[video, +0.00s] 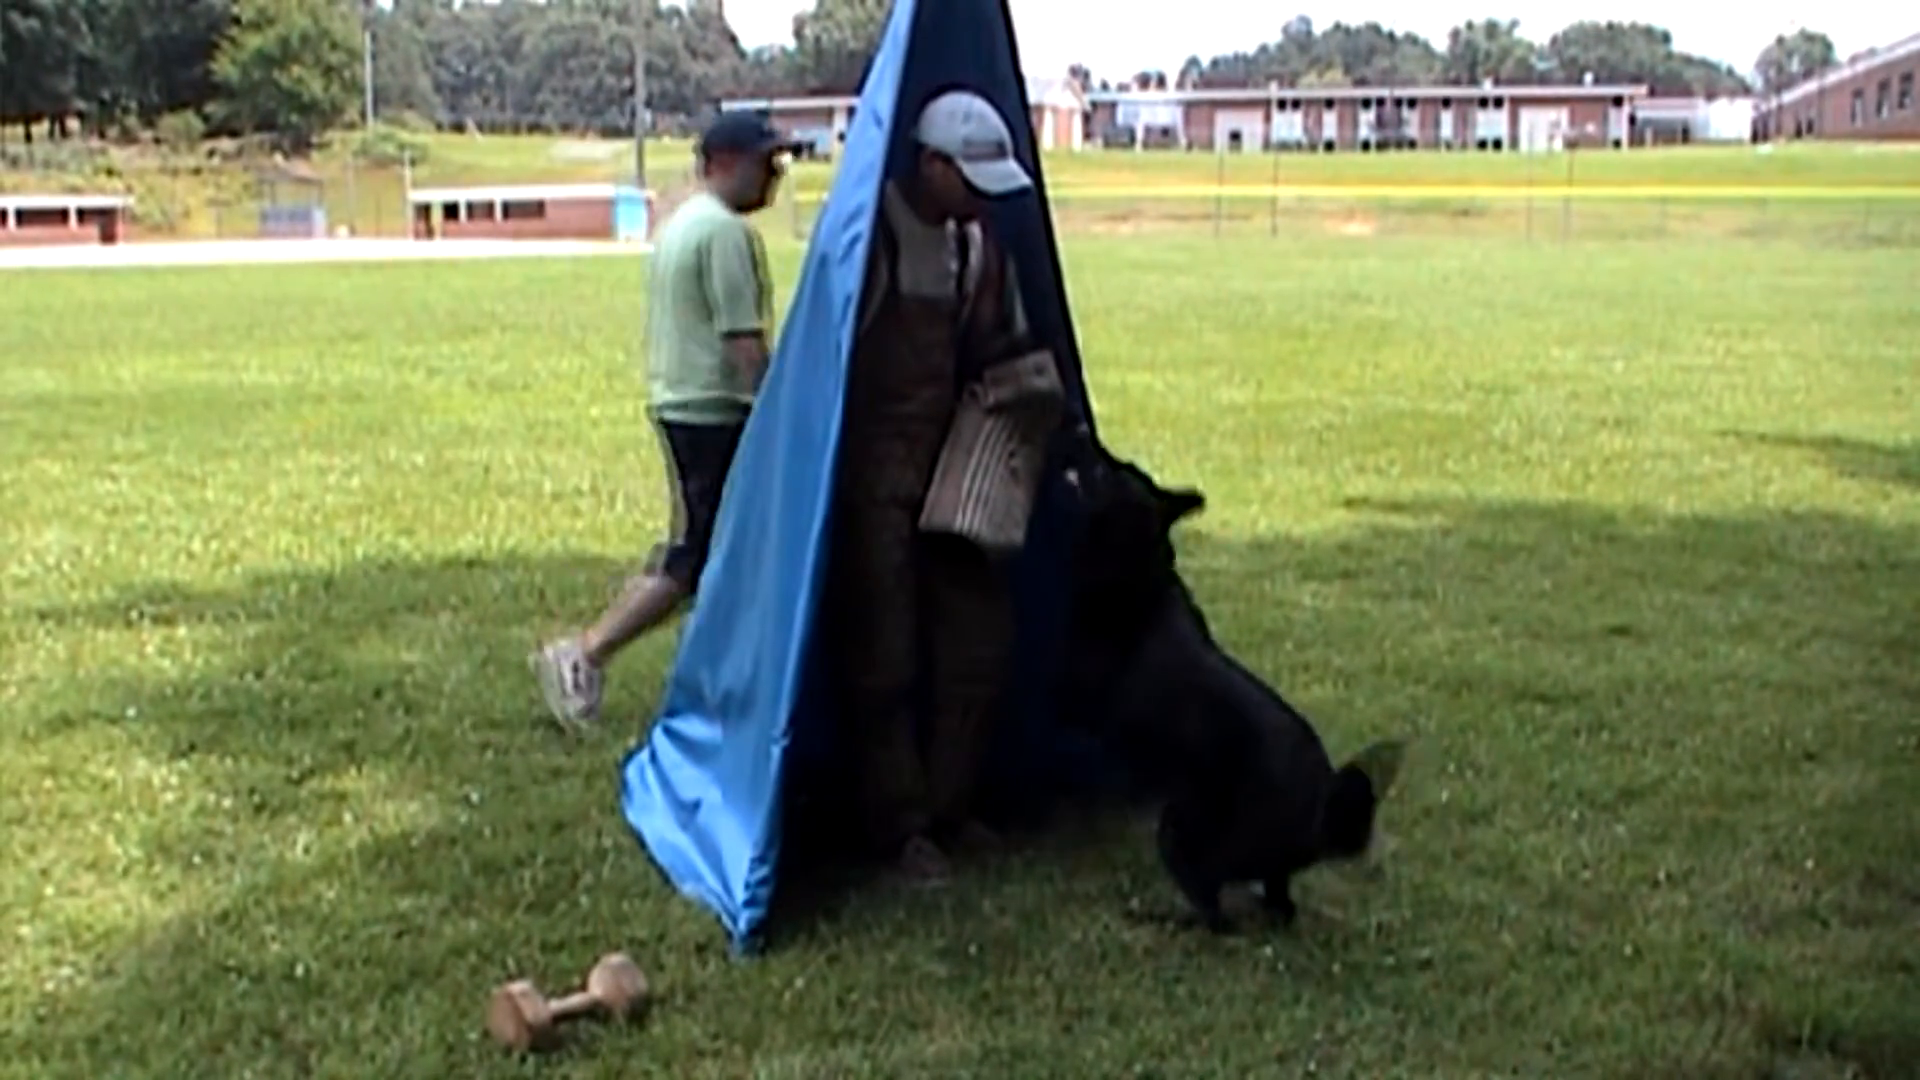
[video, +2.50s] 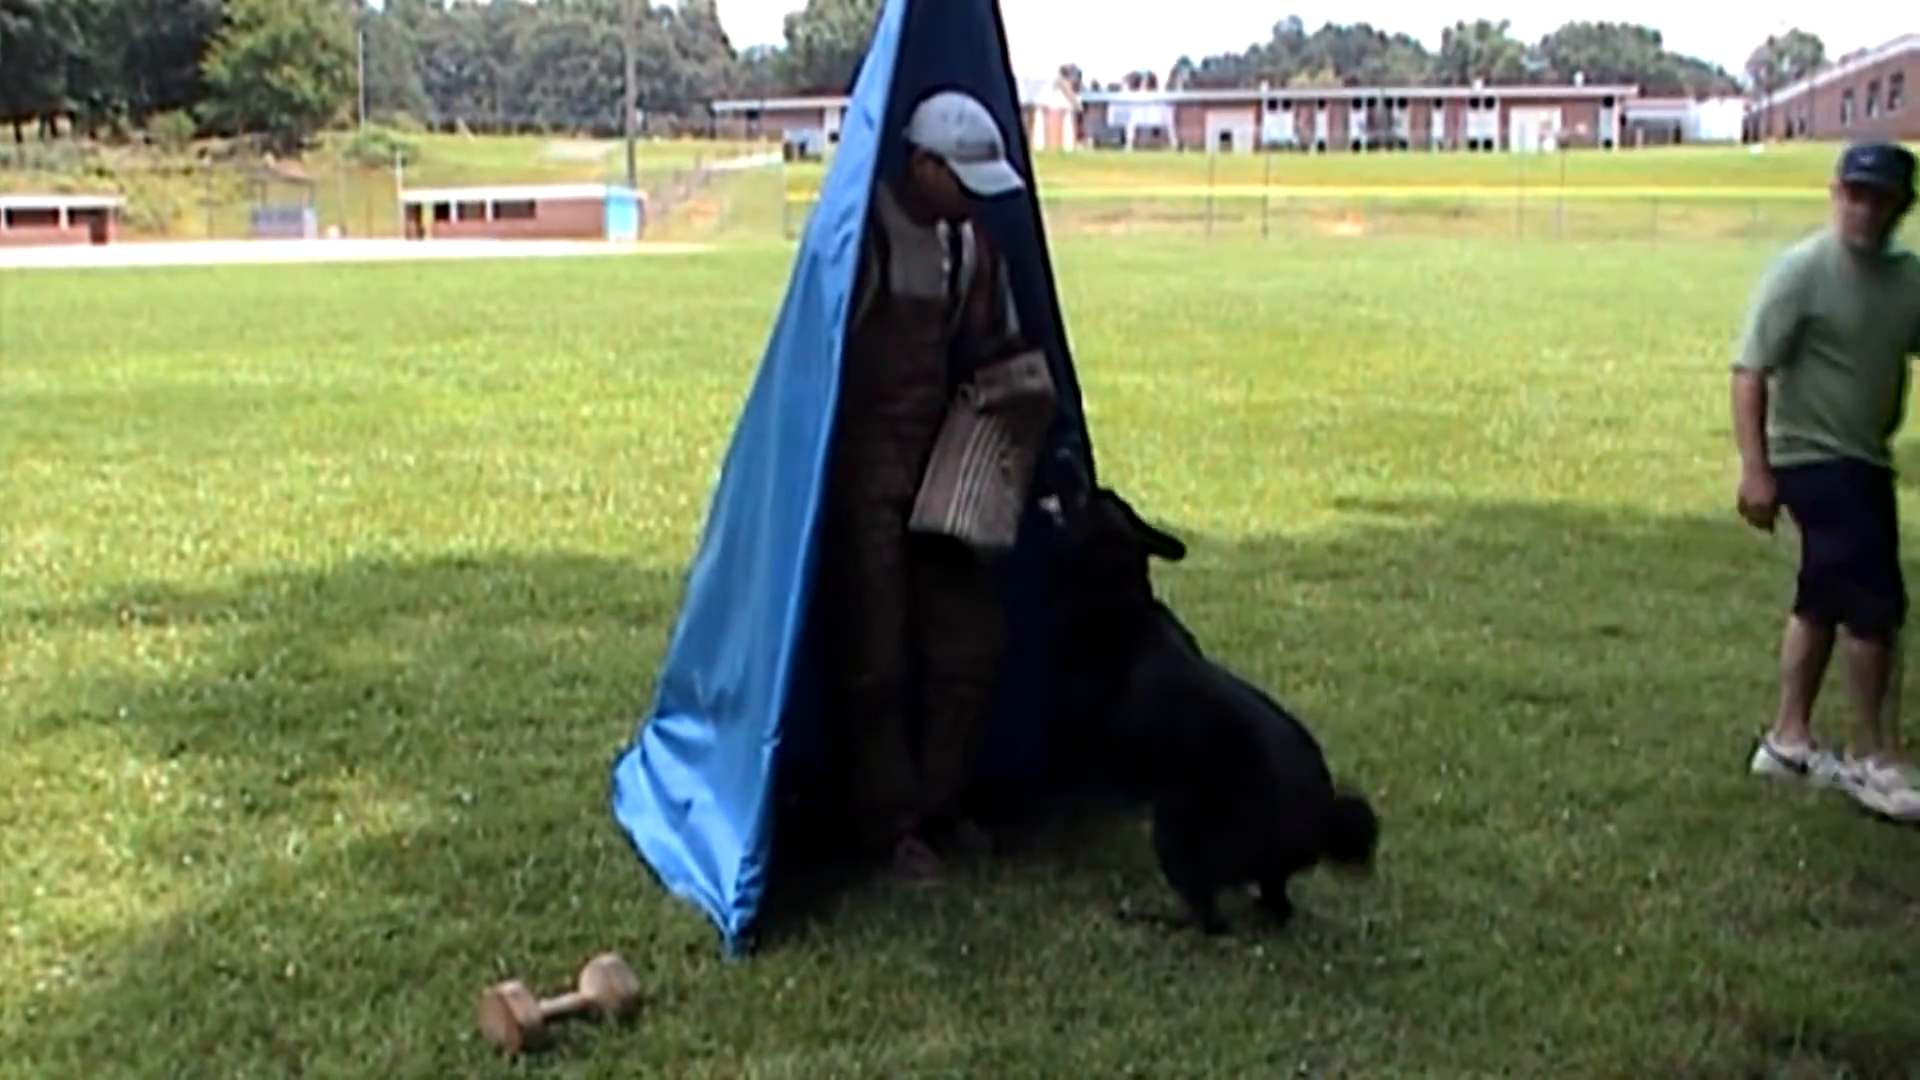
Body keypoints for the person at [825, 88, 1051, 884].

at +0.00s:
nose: (980, 197)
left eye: (987, 184)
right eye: (970, 181)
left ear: (980, 171)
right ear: (928, 164)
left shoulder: (984, 246)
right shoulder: (865, 242)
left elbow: (1002, 359)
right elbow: (821, 366)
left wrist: (1029, 383)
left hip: (964, 484)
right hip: (876, 483)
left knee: (972, 644)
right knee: (888, 655)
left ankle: (952, 810)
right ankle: (899, 828)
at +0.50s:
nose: (977, 199)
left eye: (984, 185)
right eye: (968, 182)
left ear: (980, 174)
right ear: (925, 164)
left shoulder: (981, 251)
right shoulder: (862, 245)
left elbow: (1007, 362)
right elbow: (821, 367)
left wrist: (1026, 384)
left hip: (960, 482)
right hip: (872, 483)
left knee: (970, 643)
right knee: (886, 656)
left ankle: (952, 811)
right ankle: (898, 831)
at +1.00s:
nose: (976, 200)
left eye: (983, 186)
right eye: (966, 183)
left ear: (975, 175)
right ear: (922, 164)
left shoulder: (978, 251)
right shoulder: (857, 243)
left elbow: (1004, 361)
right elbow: (819, 366)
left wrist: (1025, 381)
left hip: (956, 485)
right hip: (869, 486)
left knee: (968, 645)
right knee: (882, 658)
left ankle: (947, 811)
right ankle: (894, 830)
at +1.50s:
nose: (975, 201)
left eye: (982, 186)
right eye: (966, 183)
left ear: (975, 175)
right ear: (924, 164)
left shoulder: (978, 249)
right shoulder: (861, 242)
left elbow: (998, 359)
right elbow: (820, 364)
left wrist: (1025, 377)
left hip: (958, 475)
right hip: (871, 477)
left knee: (967, 639)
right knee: (884, 652)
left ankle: (950, 810)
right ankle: (895, 828)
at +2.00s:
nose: (973, 200)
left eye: (981, 186)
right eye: (964, 183)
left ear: (976, 175)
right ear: (923, 165)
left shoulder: (978, 248)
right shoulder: (860, 243)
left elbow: (1002, 359)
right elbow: (820, 366)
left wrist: (1022, 384)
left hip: (957, 482)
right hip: (870, 483)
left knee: (966, 644)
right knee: (883, 656)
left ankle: (946, 811)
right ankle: (894, 829)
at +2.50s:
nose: (970, 199)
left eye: (977, 185)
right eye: (961, 182)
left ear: (971, 174)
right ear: (919, 163)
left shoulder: (974, 247)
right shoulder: (857, 242)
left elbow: (999, 358)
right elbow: (817, 364)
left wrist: (1019, 387)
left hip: (954, 480)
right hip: (866, 481)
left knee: (962, 642)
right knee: (879, 654)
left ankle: (944, 809)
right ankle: (892, 828)